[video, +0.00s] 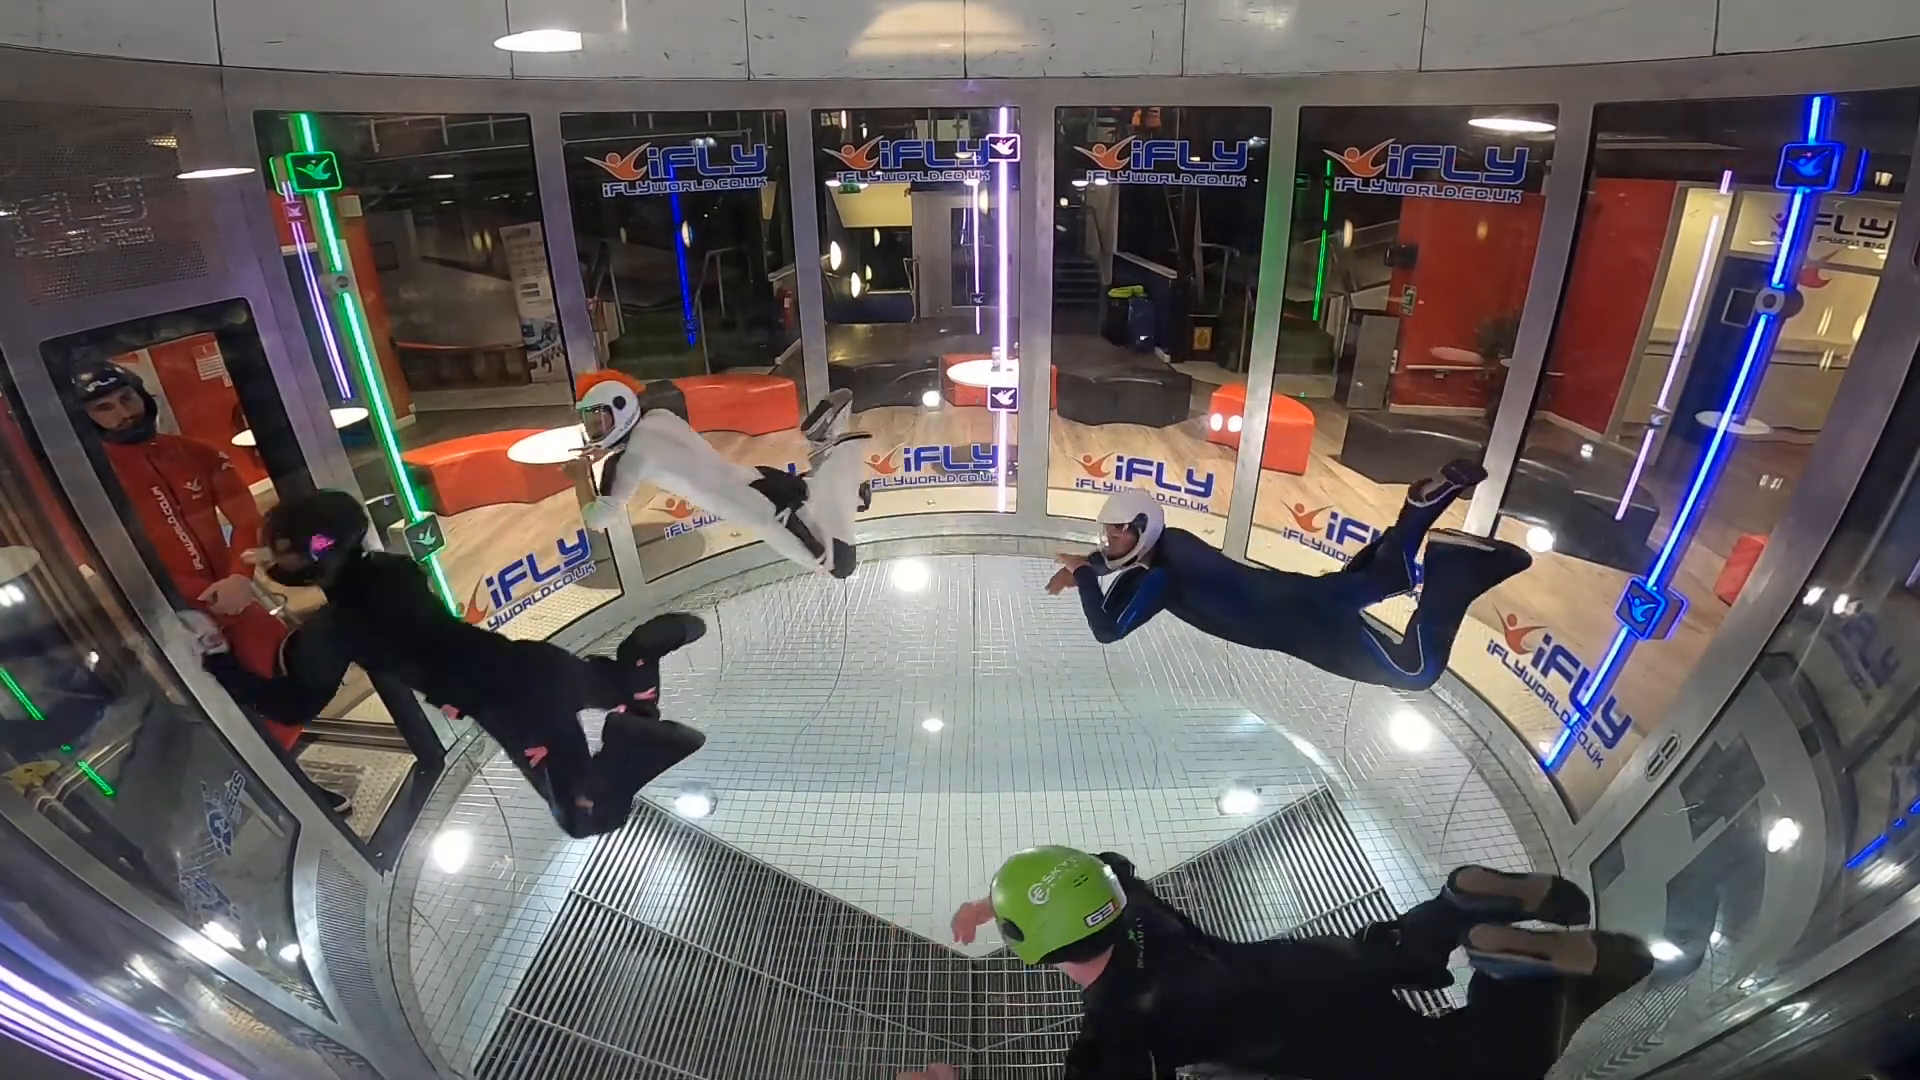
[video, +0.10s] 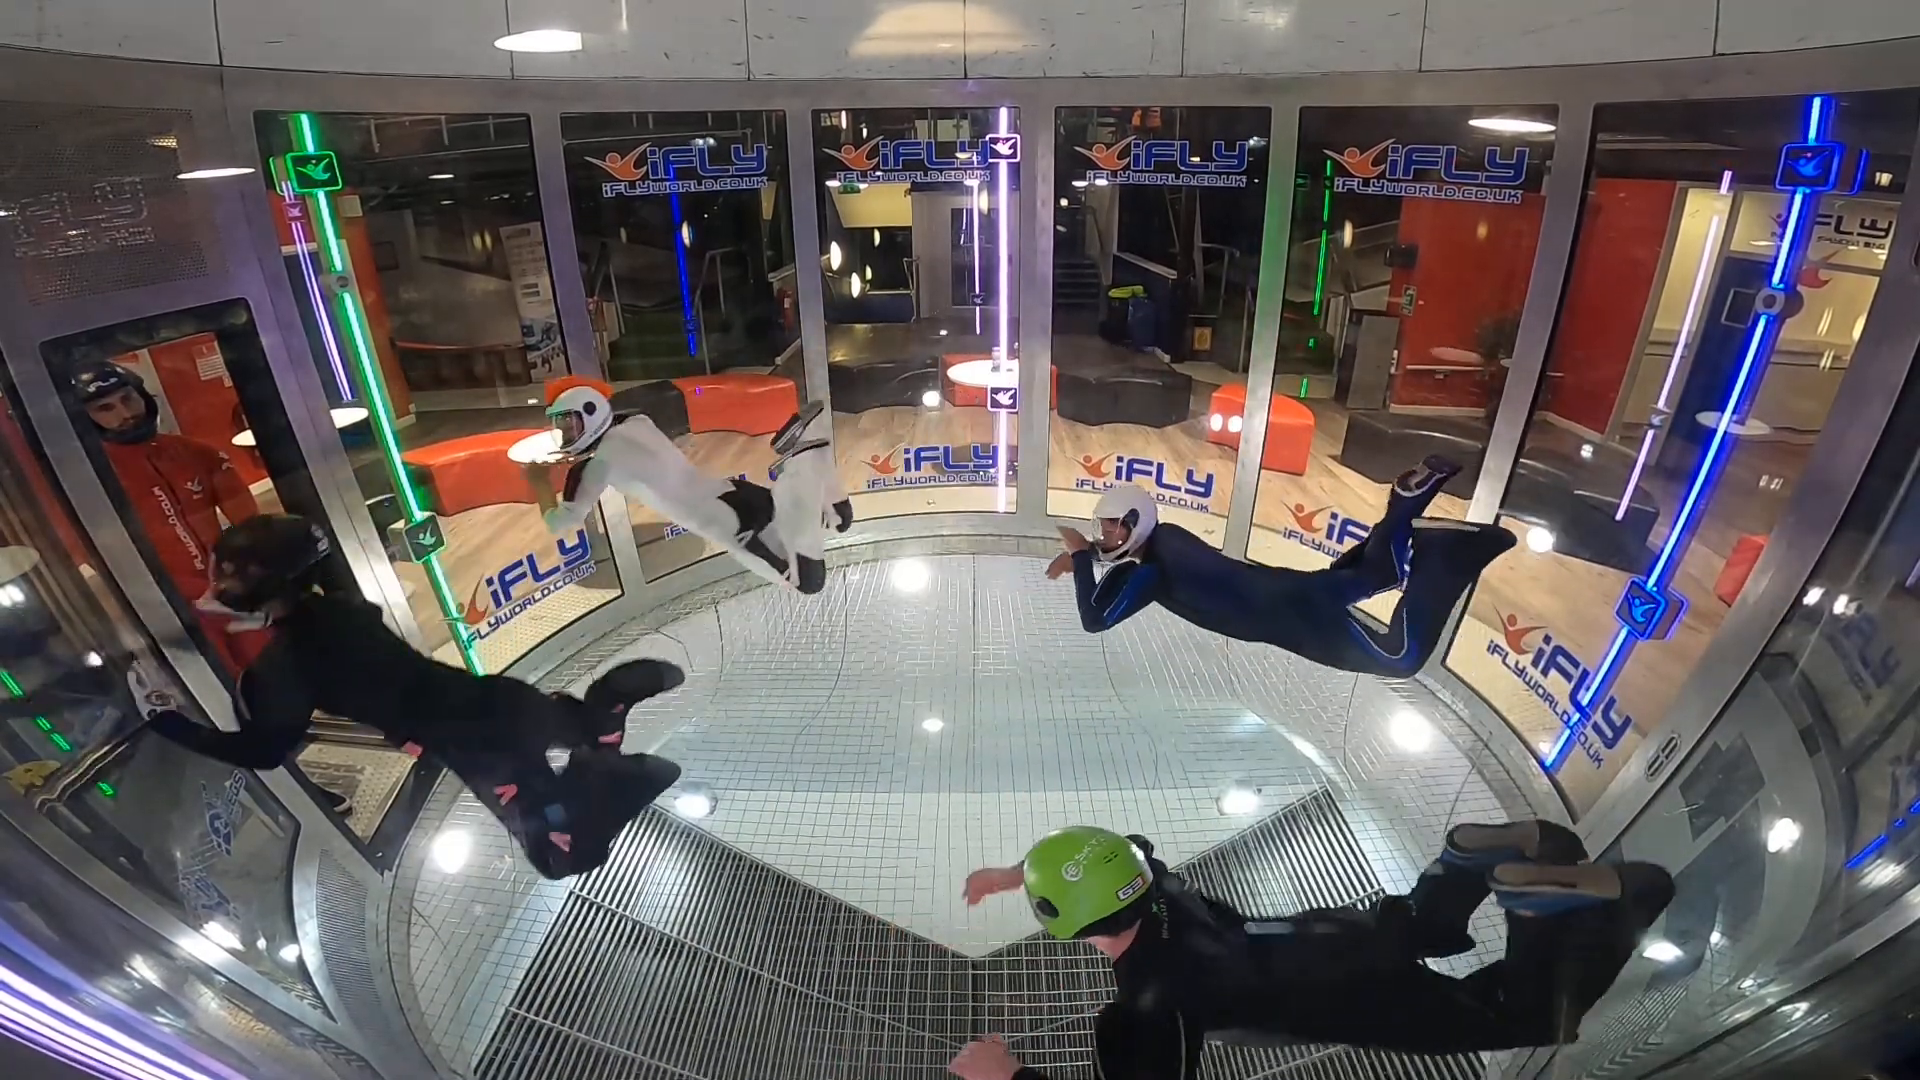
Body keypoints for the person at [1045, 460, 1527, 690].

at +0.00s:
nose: (1109, 541)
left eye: (1117, 532)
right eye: (1107, 531)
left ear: (1140, 534)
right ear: (1126, 531)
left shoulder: (1161, 572)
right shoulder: (1160, 544)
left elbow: (1106, 629)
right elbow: (1121, 602)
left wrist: (1084, 575)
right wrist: (1083, 578)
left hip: (1310, 626)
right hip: (1306, 595)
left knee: (1416, 673)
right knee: (1377, 573)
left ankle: (1450, 576)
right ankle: (1432, 499)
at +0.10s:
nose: (1106, 535)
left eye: (1113, 527)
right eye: (1104, 526)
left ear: (1133, 528)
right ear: (1131, 525)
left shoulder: (1149, 565)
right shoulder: (1159, 538)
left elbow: (1095, 617)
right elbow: (1116, 589)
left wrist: (1081, 557)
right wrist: (1084, 558)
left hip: (1296, 620)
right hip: (1296, 589)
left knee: (1401, 661)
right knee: (1379, 572)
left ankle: (1450, 561)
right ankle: (1408, 503)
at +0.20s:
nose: (1097, 530)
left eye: (1104, 522)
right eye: (1094, 521)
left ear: (1127, 523)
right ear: (1116, 522)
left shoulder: (1140, 560)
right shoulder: (1147, 536)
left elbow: (1081, 608)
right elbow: (1102, 586)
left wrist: (1070, 546)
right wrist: (1073, 556)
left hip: (1282, 611)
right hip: (1278, 584)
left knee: (1382, 639)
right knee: (1355, 568)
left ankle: (1424, 551)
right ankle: (1396, 499)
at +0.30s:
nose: (1081, 528)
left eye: (1086, 520)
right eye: (1079, 519)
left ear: (1104, 522)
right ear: (1105, 519)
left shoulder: (1125, 554)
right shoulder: (1129, 536)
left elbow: (1064, 598)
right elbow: (1085, 580)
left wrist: (1054, 541)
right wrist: (1056, 552)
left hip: (1246, 594)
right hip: (1240, 576)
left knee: (1351, 619)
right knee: (1326, 570)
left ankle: (1389, 523)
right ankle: (1370, 500)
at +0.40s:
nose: (1060, 525)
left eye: (1065, 516)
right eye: (1060, 517)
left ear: (1084, 517)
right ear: (1089, 513)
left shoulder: (1104, 548)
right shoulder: (1111, 529)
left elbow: (1045, 592)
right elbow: (1056, 584)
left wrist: (1027, 545)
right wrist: (1036, 546)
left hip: (1228, 582)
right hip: (1225, 567)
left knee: (1321, 605)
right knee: (1304, 565)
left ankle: (1350, 502)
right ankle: (1345, 489)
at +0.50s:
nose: (1036, 518)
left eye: (1039, 510)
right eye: (1034, 511)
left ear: (1057, 511)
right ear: (1066, 502)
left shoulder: (1075, 542)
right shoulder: (1089, 516)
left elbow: (1022, 588)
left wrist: (996, 542)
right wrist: (1029, 540)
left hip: (1191, 577)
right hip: (1193, 554)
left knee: (1292, 600)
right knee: (1274, 541)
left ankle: (1312, 498)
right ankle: (1310, 471)